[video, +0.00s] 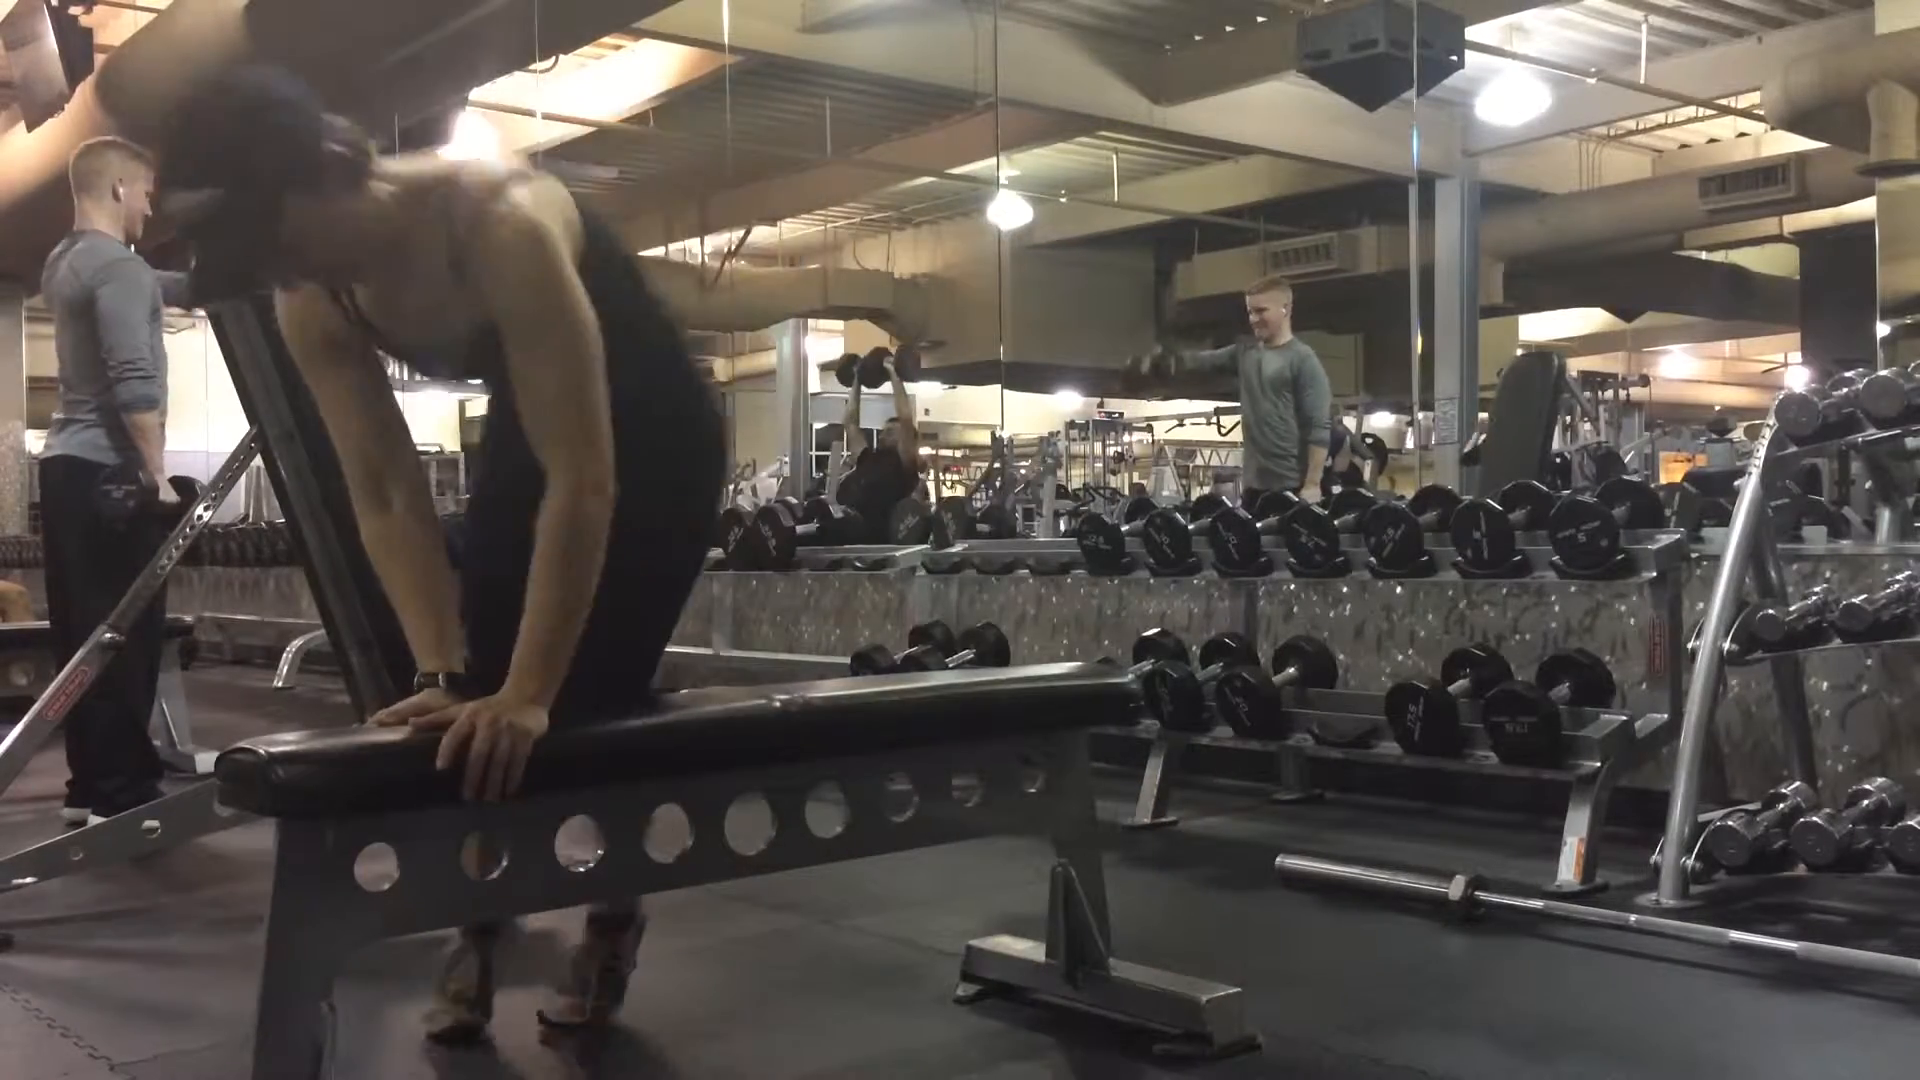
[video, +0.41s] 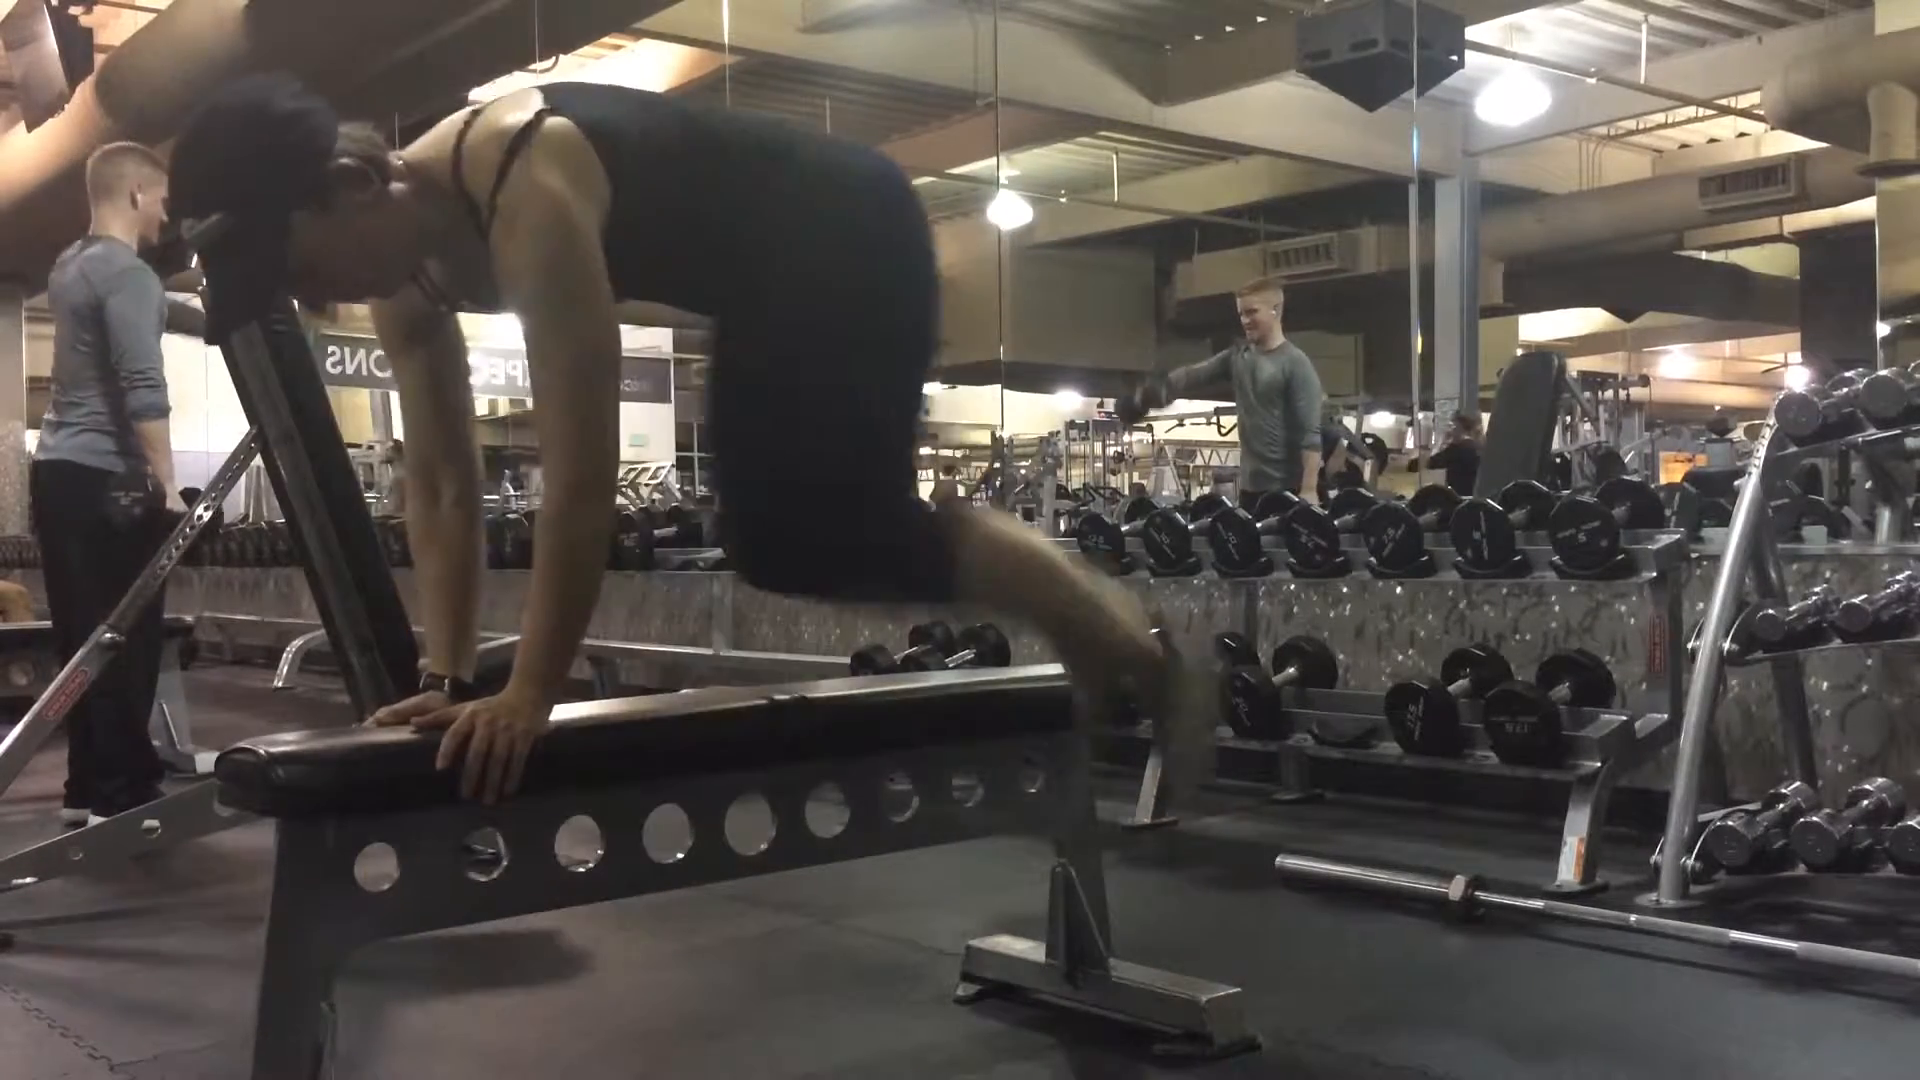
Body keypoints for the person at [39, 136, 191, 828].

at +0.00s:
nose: (150, 204)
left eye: (149, 192)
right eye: (144, 191)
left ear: (92, 194)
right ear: (115, 189)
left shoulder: (66, 261)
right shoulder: (118, 266)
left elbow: (179, 288)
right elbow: (132, 382)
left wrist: (247, 260)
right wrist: (158, 471)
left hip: (68, 470)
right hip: (109, 471)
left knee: (87, 630)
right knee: (126, 630)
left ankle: (92, 782)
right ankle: (119, 790)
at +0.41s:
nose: (165, 214)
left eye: (165, 202)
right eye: (161, 201)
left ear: (101, 197)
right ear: (139, 197)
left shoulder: (72, 266)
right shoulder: (126, 272)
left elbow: (176, 315)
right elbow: (142, 389)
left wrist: (224, 314)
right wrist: (168, 484)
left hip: (60, 471)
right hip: (107, 475)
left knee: (84, 635)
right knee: (128, 636)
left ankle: (89, 786)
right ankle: (124, 790)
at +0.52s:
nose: (191, 233)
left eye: (191, 221)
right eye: (186, 219)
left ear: (135, 216)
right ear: (159, 216)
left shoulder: (100, 274)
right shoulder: (131, 283)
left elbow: (177, 348)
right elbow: (144, 398)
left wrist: (239, 389)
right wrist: (167, 495)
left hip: (50, 478)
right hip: (85, 483)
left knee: (85, 640)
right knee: (142, 635)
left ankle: (89, 789)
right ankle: (125, 793)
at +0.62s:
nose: (214, 263)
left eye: (216, 250)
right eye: (211, 249)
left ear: (162, 244)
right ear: (189, 245)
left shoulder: (144, 300)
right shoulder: (153, 301)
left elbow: (183, 404)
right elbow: (154, 417)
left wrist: (232, 462)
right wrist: (170, 518)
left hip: (42, 478)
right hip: (57, 481)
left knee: (86, 638)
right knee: (123, 633)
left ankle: (93, 787)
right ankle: (114, 791)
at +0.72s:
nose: (253, 344)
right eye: (256, 332)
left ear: (221, 319)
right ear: (235, 327)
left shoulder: (185, 362)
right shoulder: (180, 349)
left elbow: (181, 472)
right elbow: (166, 466)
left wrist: (197, 558)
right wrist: (171, 559)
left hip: (49, 481)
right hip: (44, 482)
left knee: (94, 641)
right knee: (102, 641)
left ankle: (101, 785)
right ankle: (101, 791)